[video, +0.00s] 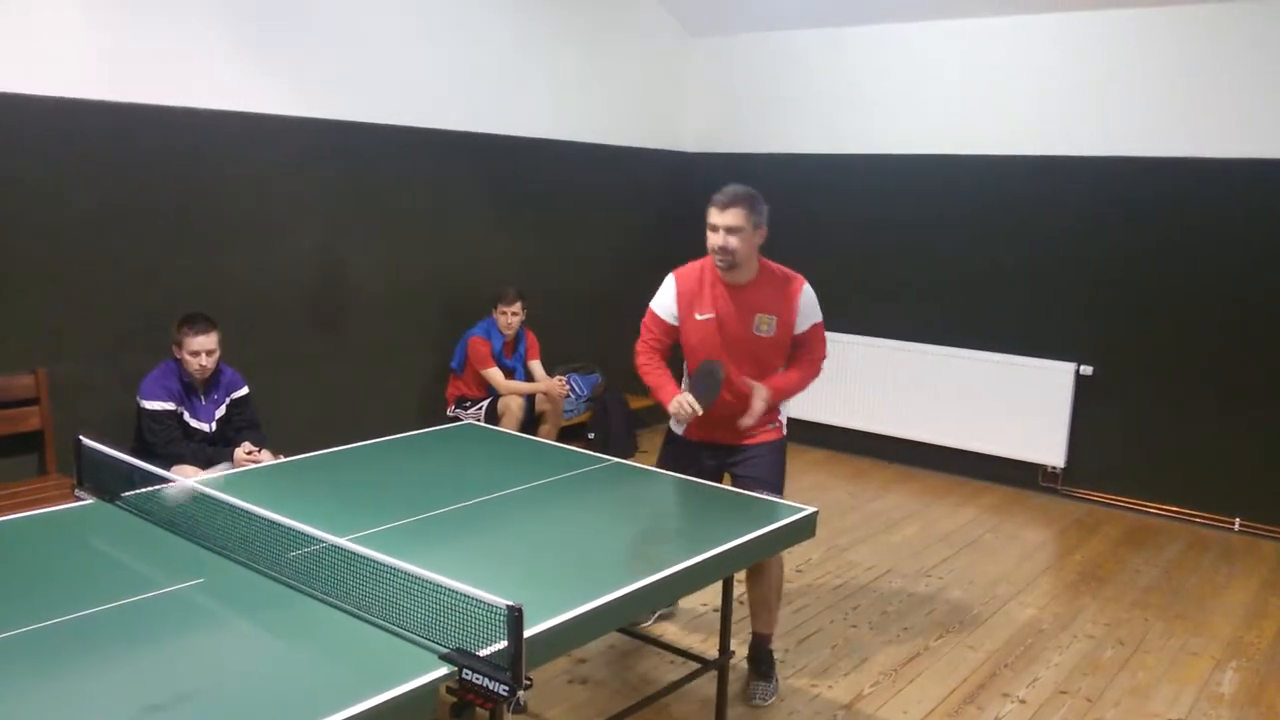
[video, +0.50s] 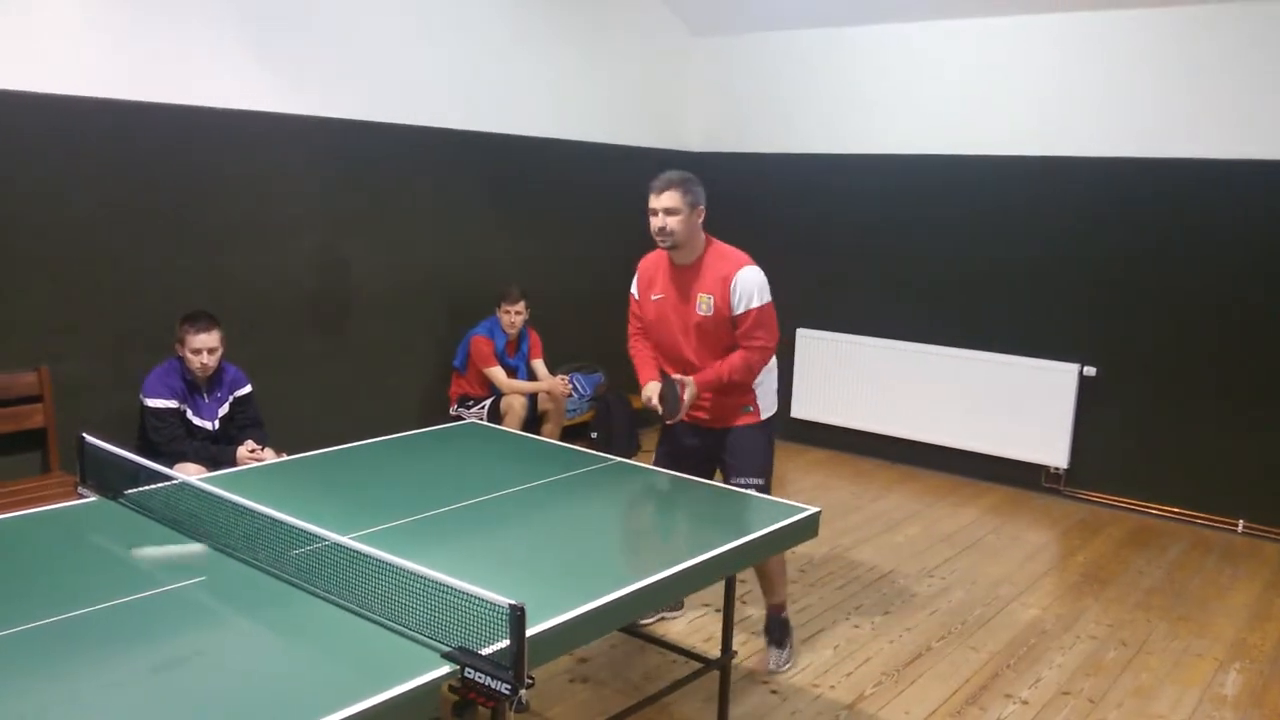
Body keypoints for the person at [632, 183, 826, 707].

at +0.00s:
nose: (720, 241)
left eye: (733, 231)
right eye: (713, 230)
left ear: (760, 234)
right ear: (706, 230)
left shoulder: (793, 292)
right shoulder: (682, 284)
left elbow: (811, 359)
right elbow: (648, 349)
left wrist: (771, 389)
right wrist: (670, 394)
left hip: (757, 438)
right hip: (690, 434)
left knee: (764, 539)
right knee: (666, 523)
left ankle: (762, 654)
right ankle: (662, 590)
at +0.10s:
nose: (700, 236)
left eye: (712, 226)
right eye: (693, 225)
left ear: (740, 229)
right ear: (685, 228)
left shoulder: (777, 287)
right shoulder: (668, 283)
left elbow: (798, 357)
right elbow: (660, 351)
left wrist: (744, 384)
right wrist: (678, 393)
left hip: (750, 438)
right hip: (685, 433)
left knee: (757, 544)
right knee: (659, 517)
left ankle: (760, 655)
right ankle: (663, 590)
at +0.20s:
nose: (675, 235)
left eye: (687, 226)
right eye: (668, 225)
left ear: (716, 228)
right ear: (663, 228)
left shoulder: (757, 285)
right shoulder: (656, 281)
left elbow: (779, 358)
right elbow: (649, 349)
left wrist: (717, 382)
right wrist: (666, 388)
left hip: (740, 436)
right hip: (679, 433)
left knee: (748, 540)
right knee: (650, 511)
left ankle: (758, 652)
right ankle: (666, 592)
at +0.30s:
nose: (662, 233)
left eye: (673, 223)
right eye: (656, 224)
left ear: (703, 226)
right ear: (653, 227)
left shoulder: (744, 283)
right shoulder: (648, 280)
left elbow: (768, 357)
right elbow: (637, 344)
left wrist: (706, 388)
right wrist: (653, 386)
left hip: (736, 436)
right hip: (674, 433)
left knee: (750, 536)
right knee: (649, 511)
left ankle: (758, 649)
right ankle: (666, 590)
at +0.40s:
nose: (657, 226)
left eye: (668, 217)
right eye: (652, 217)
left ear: (699, 219)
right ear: (648, 220)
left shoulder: (739, 277)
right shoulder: (645, 274)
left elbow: (758, 352)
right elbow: (635, 339)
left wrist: (699, 386)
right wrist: (649, 381)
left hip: (739, 425)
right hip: (679, 423)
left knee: (752, 522)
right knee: (658, 511)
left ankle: (769, 637)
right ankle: (666, 594)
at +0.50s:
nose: (658, 223)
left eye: (669, 213)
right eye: (653, 213)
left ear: (699, 215)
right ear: (649, 216)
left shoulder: (740, 273)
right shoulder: (647, 271)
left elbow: (760, 347)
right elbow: (638, 335)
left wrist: (700, 382)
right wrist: (650, 379)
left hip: (743, 418)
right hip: (684, 416)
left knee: (752, 518)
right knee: (662, 506)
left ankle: (778, 624)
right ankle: (667, 593)